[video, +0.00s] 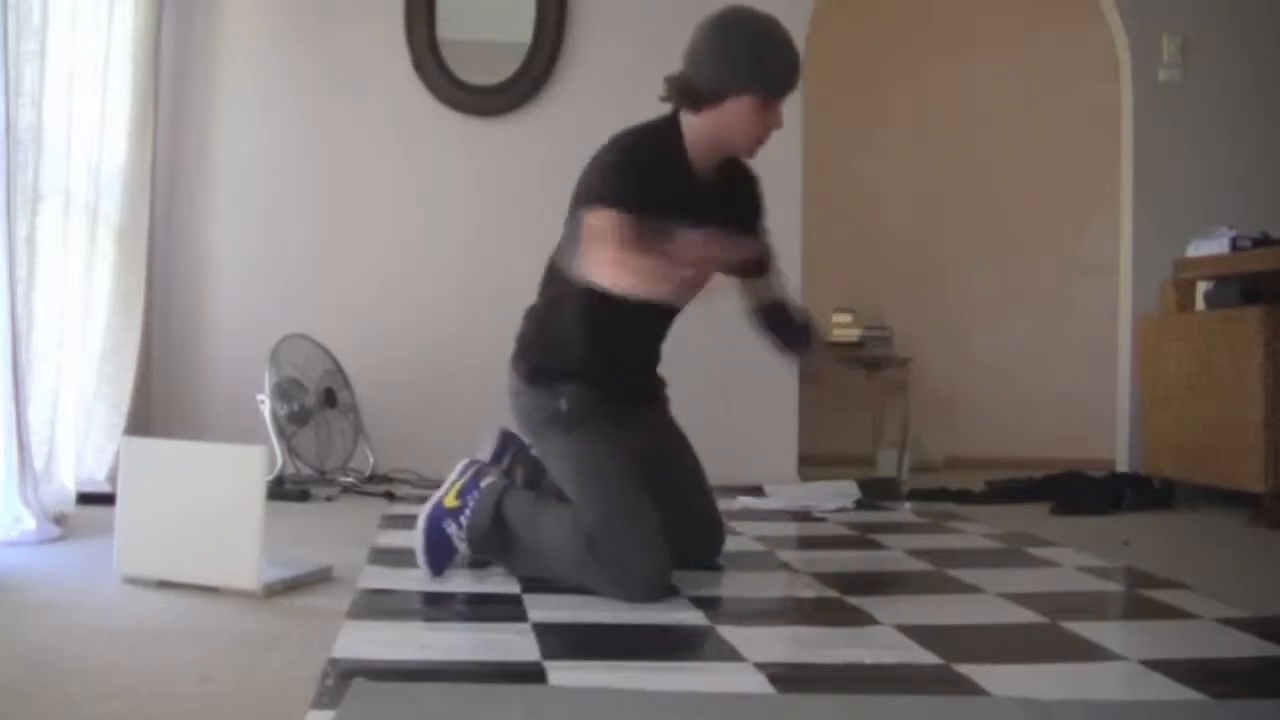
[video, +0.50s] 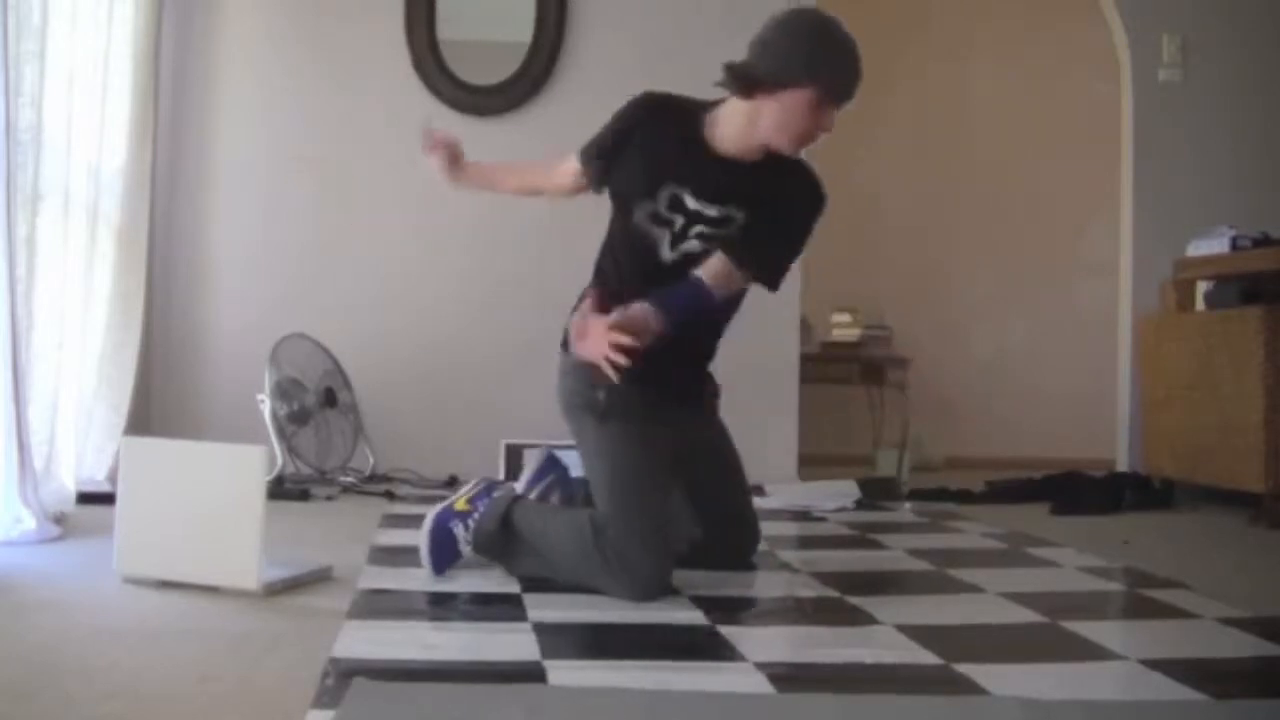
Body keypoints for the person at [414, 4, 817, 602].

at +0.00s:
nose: (777, 124)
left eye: (780, 106)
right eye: (771, 104)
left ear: (740, 98)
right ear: (729, 94)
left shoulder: (736, 185)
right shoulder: (630, 159)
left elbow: (758, 281)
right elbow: (599, 260)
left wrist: (783, 322)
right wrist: (695, 272)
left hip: (632, 388)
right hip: (557, 388)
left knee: (696, 545)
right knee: (638, 575)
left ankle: (531, 478)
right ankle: (488, 507)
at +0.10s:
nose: (788, 121)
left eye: (792, 104)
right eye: (783, 101)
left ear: (753, 98)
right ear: (742, 91)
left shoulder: (752, 188)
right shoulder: (636, 154)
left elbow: (816, 315)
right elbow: (536, 218)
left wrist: (913, 388)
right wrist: (469, 228)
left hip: (644, 388)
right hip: (570, 387)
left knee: (702, 546)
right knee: (638, 575)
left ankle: (539, 485)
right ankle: (491, 507)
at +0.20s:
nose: (803, 110)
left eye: (809, 95)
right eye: (794, 90)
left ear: (780, 96)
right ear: (740, 78)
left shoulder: (773, 183)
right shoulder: (632, 146)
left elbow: (821, 312)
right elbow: (494, 201)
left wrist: (900, 382)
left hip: (665, 386)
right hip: (587, 378)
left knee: (712, 545)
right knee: (640, 577)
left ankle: (532, 495)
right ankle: (491, 517)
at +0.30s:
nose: (813, 114)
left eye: (818, 97)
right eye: (807, 93)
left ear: (781, 90)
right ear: (758, 78)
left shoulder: (782, 179)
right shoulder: (634, 138)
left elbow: (778, 317)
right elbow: (508, 196)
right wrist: (385, 214)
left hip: (675, 386)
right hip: (597, 377)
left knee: (720, 546)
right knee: (638, 572)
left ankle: (559, 488)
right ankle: (490, 519)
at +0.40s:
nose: (821, 118)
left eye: (825, 101)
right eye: (814, 96)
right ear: (763, 76)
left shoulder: (790, 183)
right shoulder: (645, 125)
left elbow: (719, 289)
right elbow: (552, 187)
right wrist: (451, 196)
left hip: (677, 383)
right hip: (600, 373)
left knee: (728, 545)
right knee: (639, 573)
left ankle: (568, 498)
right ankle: (492, 517)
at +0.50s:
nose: (827, 126)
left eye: (834, 110)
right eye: (822, 102)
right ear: (773, 81)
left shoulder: (795, 193)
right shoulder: (654, 122)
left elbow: (710, 286)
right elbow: (565, 176)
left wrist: (609, 327)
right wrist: (465, 172)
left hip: (680, 381)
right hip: (603, 372)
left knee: (731, 545)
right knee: (637, 571)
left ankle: (567, 498)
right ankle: (490, 518)